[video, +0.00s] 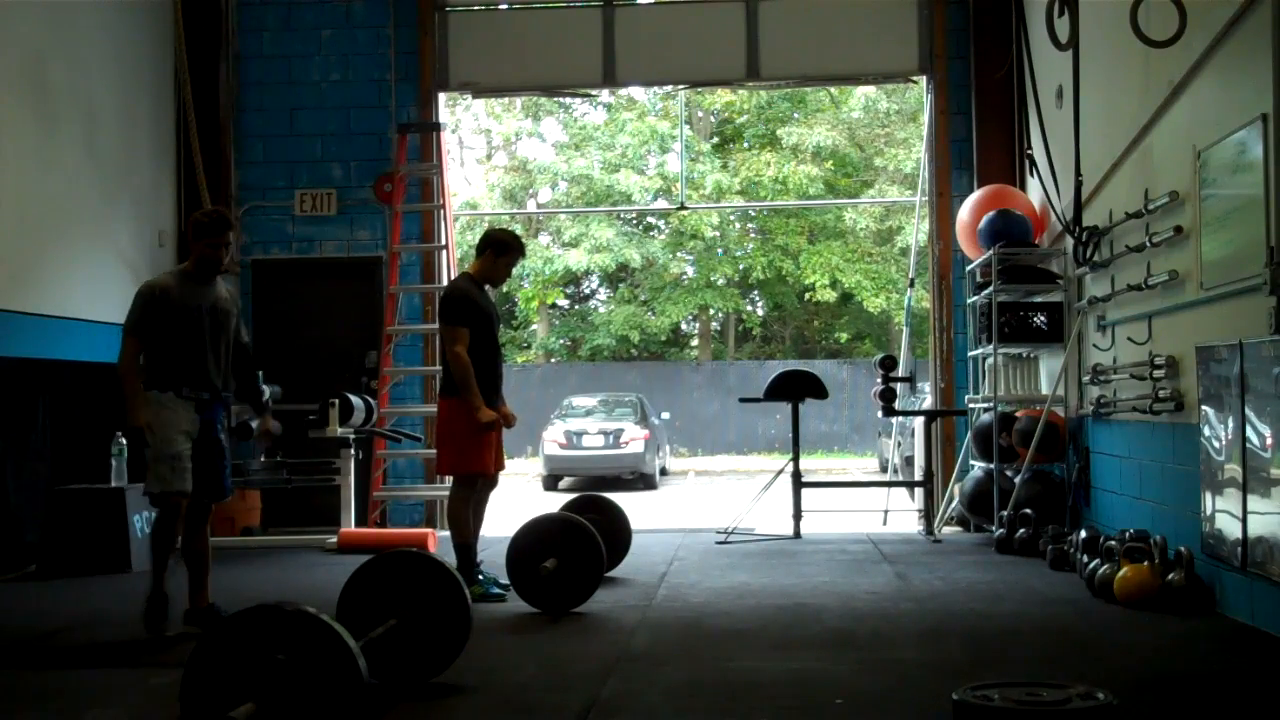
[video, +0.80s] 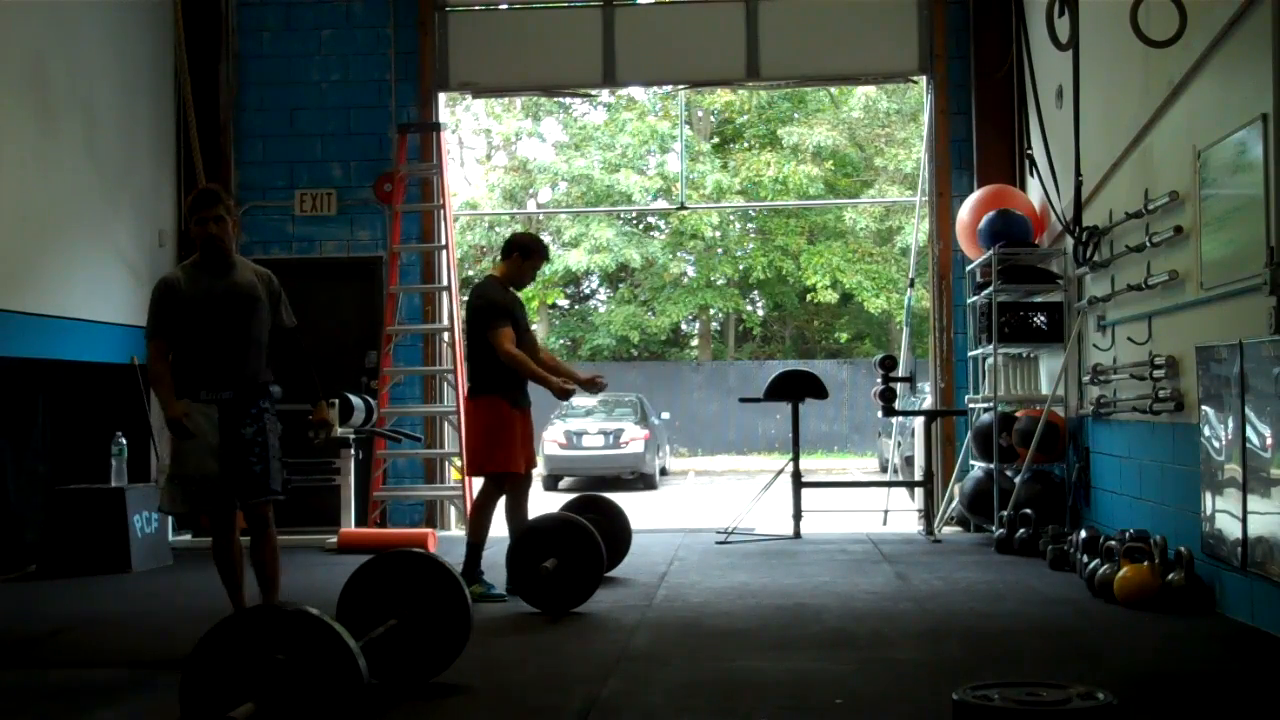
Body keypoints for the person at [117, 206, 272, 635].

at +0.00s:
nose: (225, 255)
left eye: (229, 247)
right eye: (218, 247)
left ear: (230, 248)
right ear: (196, 245)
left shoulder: (226, 298)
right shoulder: (157, 292)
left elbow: (241, 361)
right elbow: (129, 358)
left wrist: (260, 409)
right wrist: (135, 411)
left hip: (210, 413)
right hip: (165, 410)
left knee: (201, 511)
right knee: (173, 505)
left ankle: (200, 604)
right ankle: (158, 597)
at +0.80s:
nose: (213, 228)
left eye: (220, 220)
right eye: (204, 221)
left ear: (235, 225)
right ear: (191, 229)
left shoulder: (262, 280)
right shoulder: (173, 286)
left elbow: (291, 346)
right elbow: (157, 355)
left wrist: (318, 402)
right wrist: (171, 405)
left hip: (255, 412)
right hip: (202, 416)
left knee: (261, 516)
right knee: (222, 523)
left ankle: (273, 608)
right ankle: (239, 610)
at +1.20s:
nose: (180, 223)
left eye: (188, 213)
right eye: (173, 215)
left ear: (212, 210)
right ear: (165, 219)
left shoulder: (252, 273)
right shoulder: (156, 278)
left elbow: (285, 348)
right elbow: (128, 351)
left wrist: (305, 408)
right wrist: (94, 411)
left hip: (232, 412)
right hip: (171, 411)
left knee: (229, 524)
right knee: (151, 515)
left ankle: (229, 625)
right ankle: (199, 594)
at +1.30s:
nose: (163, 222)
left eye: (171, 212)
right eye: (156, 214)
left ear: (198, 208)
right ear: (152, 218)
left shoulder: (245, 269)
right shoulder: (151, 277)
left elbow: (275, 341)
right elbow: (123, 349)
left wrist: (279, 397)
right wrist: (82, 408)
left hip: (226, 414)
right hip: (163, 413)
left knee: (225, 529)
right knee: (134, 516)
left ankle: (228, 630)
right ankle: (166, 624)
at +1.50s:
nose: (122, 226)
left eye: (129, 215)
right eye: (118, 217)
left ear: (157, 211)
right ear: (121, 220)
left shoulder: (210, 270)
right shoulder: (125, 281)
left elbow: (237, 337)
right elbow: (108, 355)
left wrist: (215, 385)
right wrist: (71, 415)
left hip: (194, 418)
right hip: (135, 419)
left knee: (210, 533)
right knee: (122, 535)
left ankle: (225, 637)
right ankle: (108, 655)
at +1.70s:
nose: (65, 225)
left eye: (69, 213)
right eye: (63, 215)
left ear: (98, 207)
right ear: (90, 210)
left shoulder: (163, 263)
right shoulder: (87, 275)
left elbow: (186, 344)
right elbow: (64, 341)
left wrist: (167, 401)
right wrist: (20, 379)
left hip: (150, 422)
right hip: (94, 423)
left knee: (156, 529)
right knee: (88, 543)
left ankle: (211, 617)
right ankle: (96, 660)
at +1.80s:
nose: (45, 227)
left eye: (47, 215)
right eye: (42, 217)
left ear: (72, 207)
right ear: (77, 207)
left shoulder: (142, 259)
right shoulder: (68, 269)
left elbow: (168, 338)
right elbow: (21, 322)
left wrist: (147, 403)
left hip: (125, 420)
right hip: (78, 419)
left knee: (118, 535)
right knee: (78, 542)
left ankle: (177, 611)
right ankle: (95, 661)